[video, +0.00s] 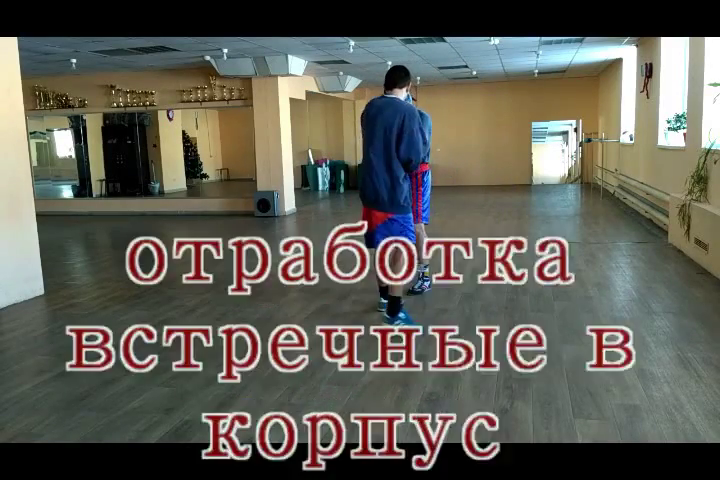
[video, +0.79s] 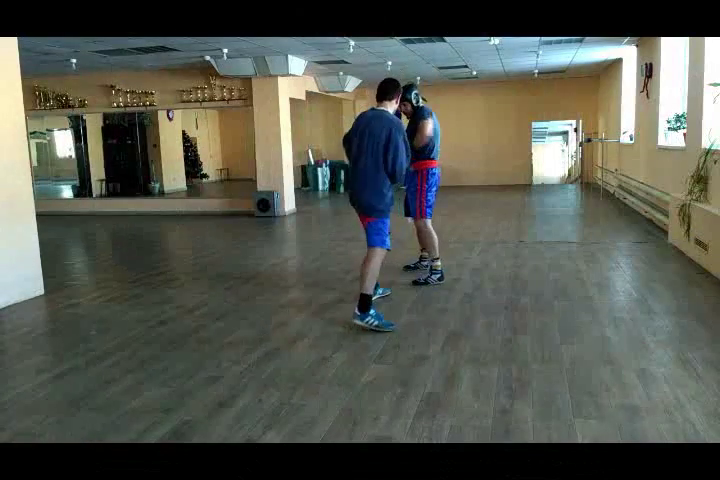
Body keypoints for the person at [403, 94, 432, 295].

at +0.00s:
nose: (404, 102)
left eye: (405, 99)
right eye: (404, 98)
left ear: (410, 99)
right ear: (408, 97)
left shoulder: (421, 118)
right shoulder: (398, 119)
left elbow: (421, 150)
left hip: (419, 172)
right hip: (401, 171)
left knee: (417, 224)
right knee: (404, 221)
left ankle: (423, 273)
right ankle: (407, 268)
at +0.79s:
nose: (403, 110)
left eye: (404, 106)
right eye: (401, 107)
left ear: (411, 102)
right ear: (411, 102)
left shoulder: (424, 113)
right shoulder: (415, 118)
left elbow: (423, 137)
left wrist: (410, 145)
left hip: (426, 168)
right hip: (416, 168)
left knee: (423, 220)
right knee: (416, 218)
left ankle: (436, 269)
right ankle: (425, 258)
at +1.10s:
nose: (407, 101)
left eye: (408, 98)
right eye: (406, 98)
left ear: (414, 95)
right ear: (425, 93)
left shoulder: (424, 108)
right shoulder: (433, 108)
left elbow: (414, 134)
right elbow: (407, 135)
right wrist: (398, 120)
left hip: (434, 168)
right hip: (441, 166)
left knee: (433, 220)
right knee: (439, 216)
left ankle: (437, 269)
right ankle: (443, 253)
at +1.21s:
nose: (417, 107)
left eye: (419, 101)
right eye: (416, 102)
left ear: (428, 98)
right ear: (429, 98)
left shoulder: (441, 112)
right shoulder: (436, 114)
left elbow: (453, 138)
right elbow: (441, 141)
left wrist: (431, 149)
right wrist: (419, 148)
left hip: (442, 170)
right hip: (446, 168)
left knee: (435, 220)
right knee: (451, 216)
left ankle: (437, 271)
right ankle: (475, 252)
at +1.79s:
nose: (439, 108)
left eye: (440, 104)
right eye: (438, 105)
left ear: (450, 100)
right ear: (452, 99)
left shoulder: (469, 113)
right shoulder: (453, 118)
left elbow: (472, 143)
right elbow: (455, 150)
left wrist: (454, 125)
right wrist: (441, 139)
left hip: (468, 168)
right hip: (463, 168)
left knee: (460, 221)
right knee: (472, 219)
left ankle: (468, 271)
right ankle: (485, 259)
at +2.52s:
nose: (462, 110)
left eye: (462, 105)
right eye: (460, 106)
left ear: (472, 100)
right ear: (473, 100)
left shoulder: (489, 115)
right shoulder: (484, 116)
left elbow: (493, 144)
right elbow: (479, 148)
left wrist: (469, 138)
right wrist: (464, 139)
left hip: (484, 168)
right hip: (489, 168)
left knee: (469, 218)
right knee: (486, 217)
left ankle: (472, 269)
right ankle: (502, 261)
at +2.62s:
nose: (459, 110)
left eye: (459, 106)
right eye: (458, 107)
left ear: (468, 101)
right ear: (472, 100)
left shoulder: (484, 114)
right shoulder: (488, 114)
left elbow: (484, 145)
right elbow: (479, 143)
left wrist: (463, 135)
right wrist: (461, 135)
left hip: (483, 169)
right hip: (494, 168)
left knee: (470, 219)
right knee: (489, 216)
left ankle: (473, 271)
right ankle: (503, 261)